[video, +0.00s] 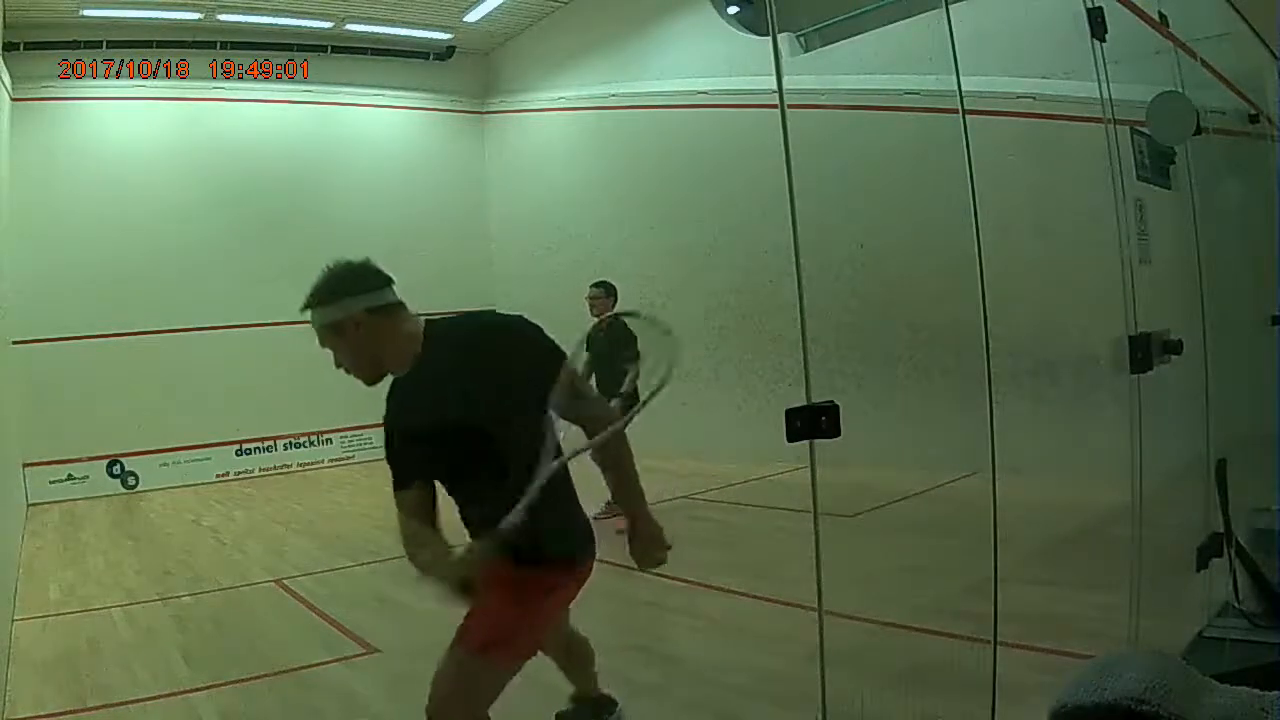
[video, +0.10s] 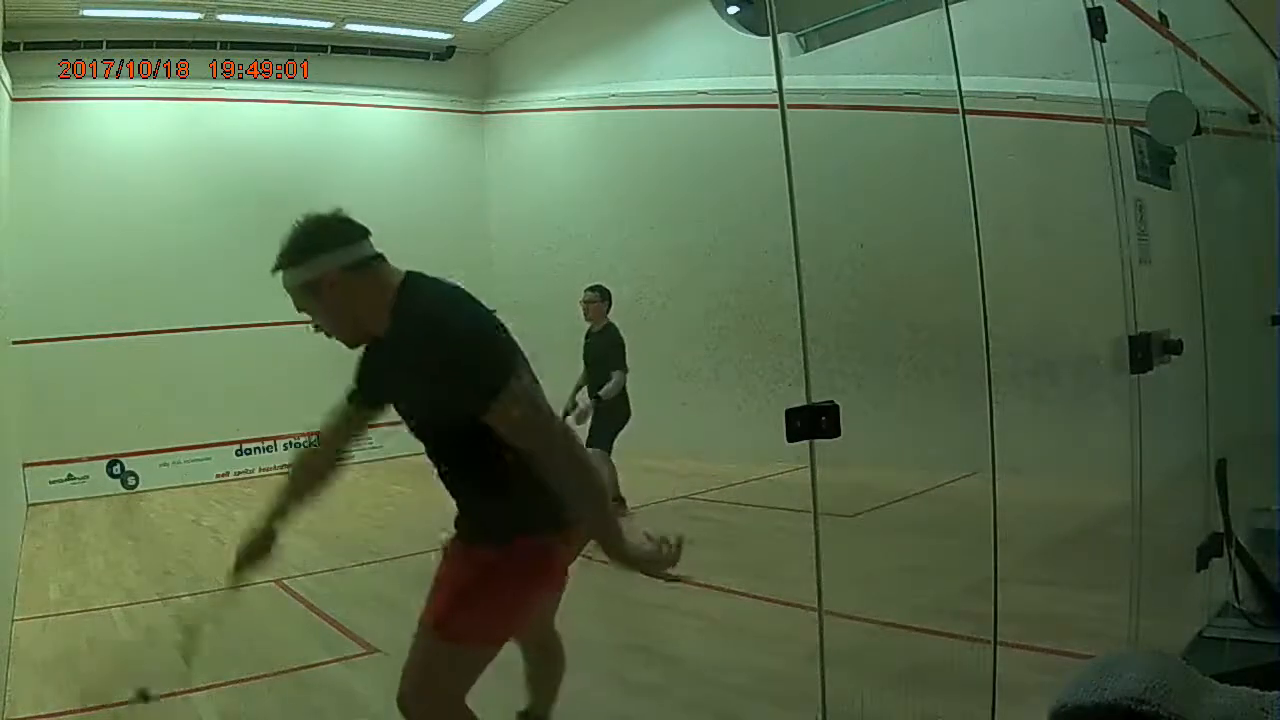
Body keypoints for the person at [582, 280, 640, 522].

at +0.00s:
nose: (591, 304)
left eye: (597, 299)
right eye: (590, 299)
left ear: (610, 301)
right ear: (590, 302)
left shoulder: (621, 331)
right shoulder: (594, 332)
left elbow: (633, 368)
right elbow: (589, 364)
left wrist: (622, 398)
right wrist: (578, 390)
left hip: (622, 397)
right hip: (603, 395)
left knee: (612, 452)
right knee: (602, 451)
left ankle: (622, 500)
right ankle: (618, 498)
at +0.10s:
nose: (584, 307)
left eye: (590, 303)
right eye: (583, 303)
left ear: (605, 305)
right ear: (583, 306)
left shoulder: (612, 336)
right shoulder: (591, 334)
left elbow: (619, 377)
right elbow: (588, 370)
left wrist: (595, 400)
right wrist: (572, 397)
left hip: (614, 406)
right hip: (601, 406)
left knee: (595, 453)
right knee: (600, 454)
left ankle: (607, 503)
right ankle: (615, 498)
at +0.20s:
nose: (578, 308)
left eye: (584, 304)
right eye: (576, 304)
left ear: (599, 307)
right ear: (576, 308)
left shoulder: (601, 338)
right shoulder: (589, 336)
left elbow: (602, 380)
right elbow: (592, 377)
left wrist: (569, 400)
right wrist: (578, 403)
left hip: (607, 410)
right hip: (598, 408)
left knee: (581, 462)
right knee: (602, 457)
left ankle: (601, 528)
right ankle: (615, 497)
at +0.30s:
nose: (566, 300)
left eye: (572, 296)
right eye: (567, 295)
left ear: (588, 300)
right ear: (585, 301)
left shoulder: (593, 332)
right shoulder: (589, 330)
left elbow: (592, 376)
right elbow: (590, 375)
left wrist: (554, 397)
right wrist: (580, 404)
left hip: (600, 410)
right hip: (599, 408)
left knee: (574, 469)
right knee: (599, 459)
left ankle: (601, 530)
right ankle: (616, 503)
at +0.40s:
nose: (558, 284)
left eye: (561, 279)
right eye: (560, 279)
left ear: (573, 282)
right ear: (579, 283)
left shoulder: (583, 316)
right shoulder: (587, 312)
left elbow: (589, 362)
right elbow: (589, 361)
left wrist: (555, 386)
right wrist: (571, 391)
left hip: (590, 400)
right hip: (597, 397)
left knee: (577, 461)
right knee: (594, 458)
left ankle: (601, 526)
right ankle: (623, 515)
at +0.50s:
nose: (554, 282)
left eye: (558, 276)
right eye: (556, 276)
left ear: (569, 279)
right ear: (577, 278)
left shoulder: (579, 310)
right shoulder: (581, 307)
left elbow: (586, 359)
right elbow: (587, 359)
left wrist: (557, 392)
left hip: (585, 395)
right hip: (599, 394)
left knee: (564, 464)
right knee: (596, 463)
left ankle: (598, 524)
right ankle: (637, 518)